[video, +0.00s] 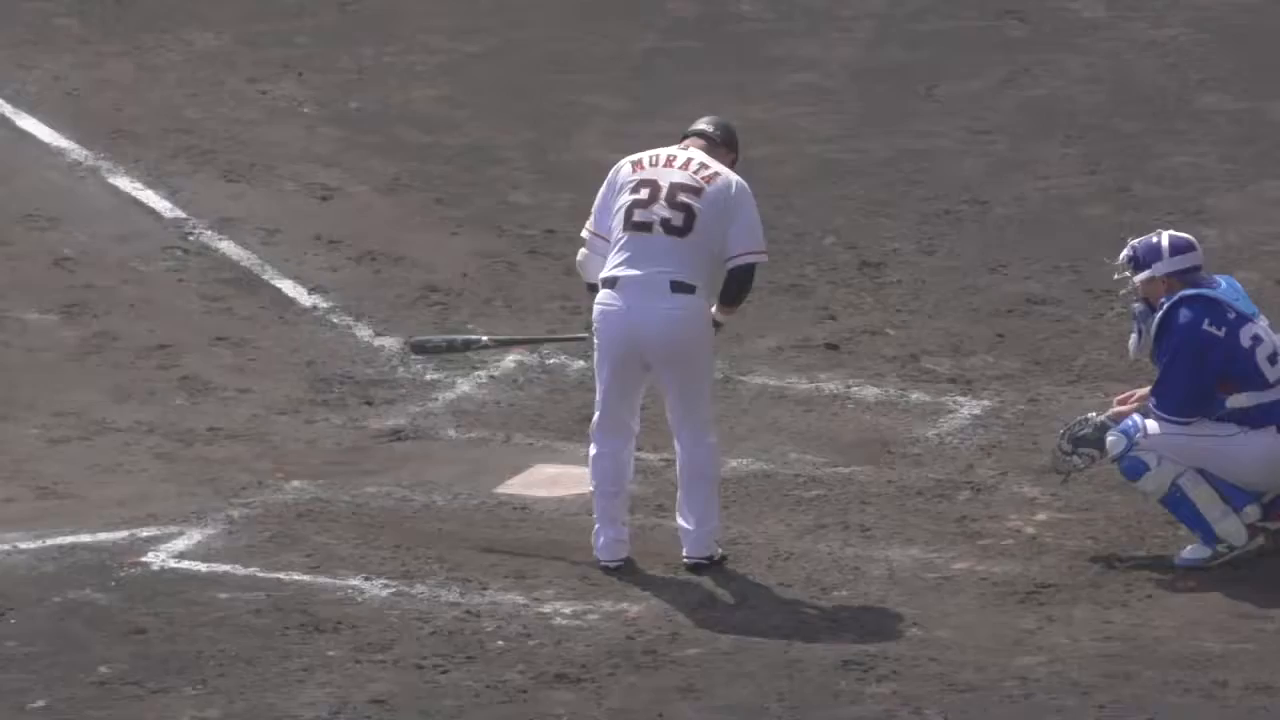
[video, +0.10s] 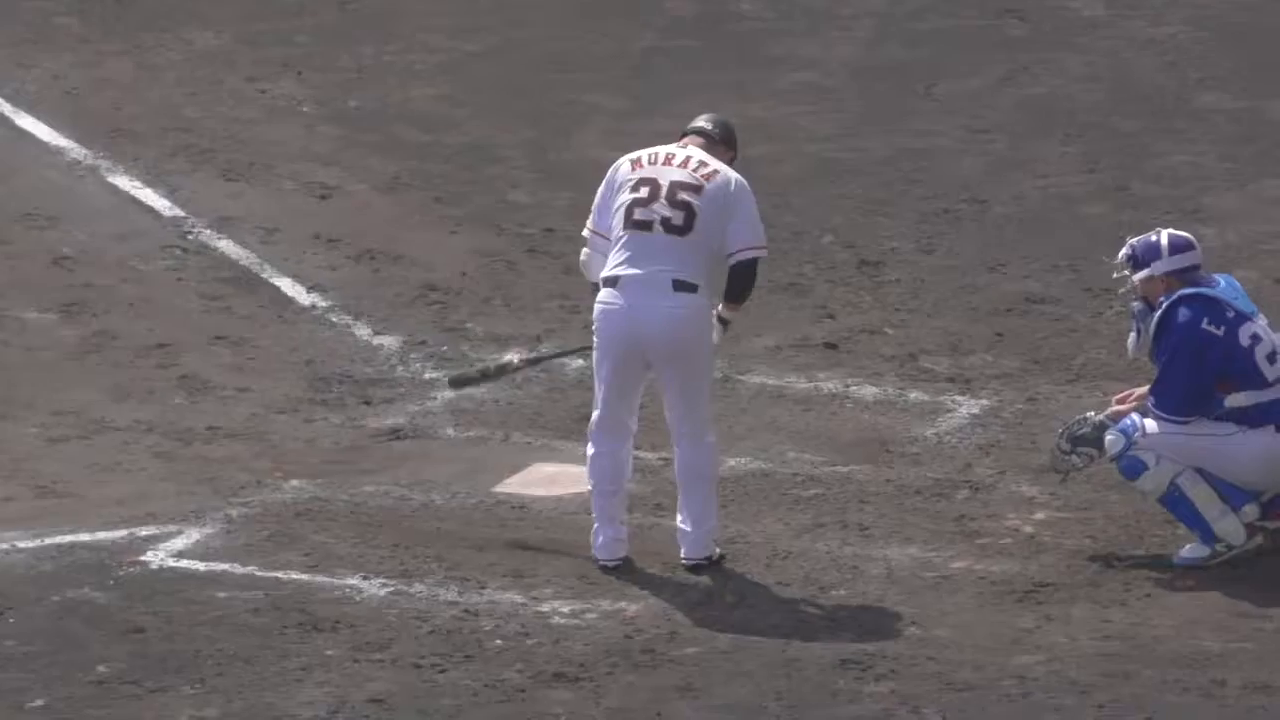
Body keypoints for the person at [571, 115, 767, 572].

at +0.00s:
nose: (730, 165)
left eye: (730, 159)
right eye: (732, 160)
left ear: (686, 139)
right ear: (726, 152)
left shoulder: (628, 165)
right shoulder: (731, 183)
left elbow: (591, 255)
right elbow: (742, 270)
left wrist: (610, 296)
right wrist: (720, 315)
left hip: (614, 304)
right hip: (683, 307)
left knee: (612, 427)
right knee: (693, 431)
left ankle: (610, 546)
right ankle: (699, 545)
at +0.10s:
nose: (729, 164)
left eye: (729, 159)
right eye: (732, 159)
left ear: (684, 137)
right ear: (726, 150)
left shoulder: (626, 164)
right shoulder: (730, 181)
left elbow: (592, 255)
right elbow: (745, 265)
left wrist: (625, 287)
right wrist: (725, 314)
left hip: (616, 303)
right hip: (684, 305)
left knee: (610, 425)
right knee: (692, 430)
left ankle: (609, 545)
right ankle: (696, 546)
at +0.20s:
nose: (728, 163)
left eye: (728, 157)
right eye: (730, 157)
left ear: (682, 137)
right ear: (724, 149)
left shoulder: (626, 164)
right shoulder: (731, 180)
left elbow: (596, 249)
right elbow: (747, 263)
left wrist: (621, 289)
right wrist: (731, 314)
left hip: (617, 302)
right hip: (686, 306)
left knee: (611, 426)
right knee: (693, 430)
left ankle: (608, 547)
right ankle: (695, 547)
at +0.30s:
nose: (728, 163)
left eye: (727, 158)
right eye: (730, 157)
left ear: (683, 137)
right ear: (724, 150)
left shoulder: (627, 168)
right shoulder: (731, 179)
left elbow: (601, 252)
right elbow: (747, 259)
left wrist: (625, 291)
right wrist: (730, 312)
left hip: (618, 304)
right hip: (686, 308)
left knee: (614, 426)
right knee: (694, 431)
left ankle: (607, 546)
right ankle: (694, 548)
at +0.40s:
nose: (728, 162)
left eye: (726, 157)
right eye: (730, 156)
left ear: (683, 137)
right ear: (724, 149)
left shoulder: (629, 166)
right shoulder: (731, 178)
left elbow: (611, 245)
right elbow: (745, 262)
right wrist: (730, 314)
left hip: (616, 302)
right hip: (685, 306)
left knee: (609, 420)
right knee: (693, 429)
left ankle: (599, 538)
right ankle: (694, 548)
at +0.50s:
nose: (726, 160)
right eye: (729, 154)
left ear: (683, 136)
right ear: (726, 148)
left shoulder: (629, 163)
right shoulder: (732, 177)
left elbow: (616, 238)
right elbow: (743, 264)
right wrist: (734, 303)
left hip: (614, 301)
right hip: (681, 307)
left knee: (602, 416)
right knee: (693, 431)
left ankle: (578, 532)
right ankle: (695, 549)